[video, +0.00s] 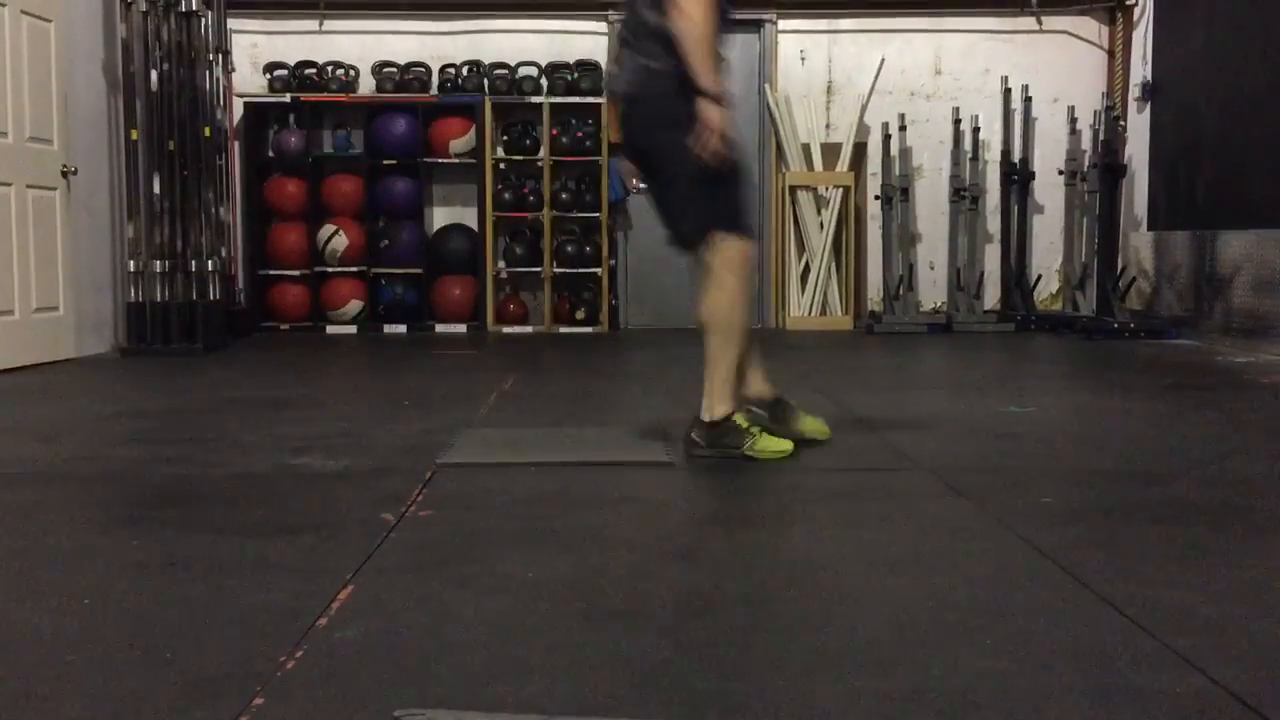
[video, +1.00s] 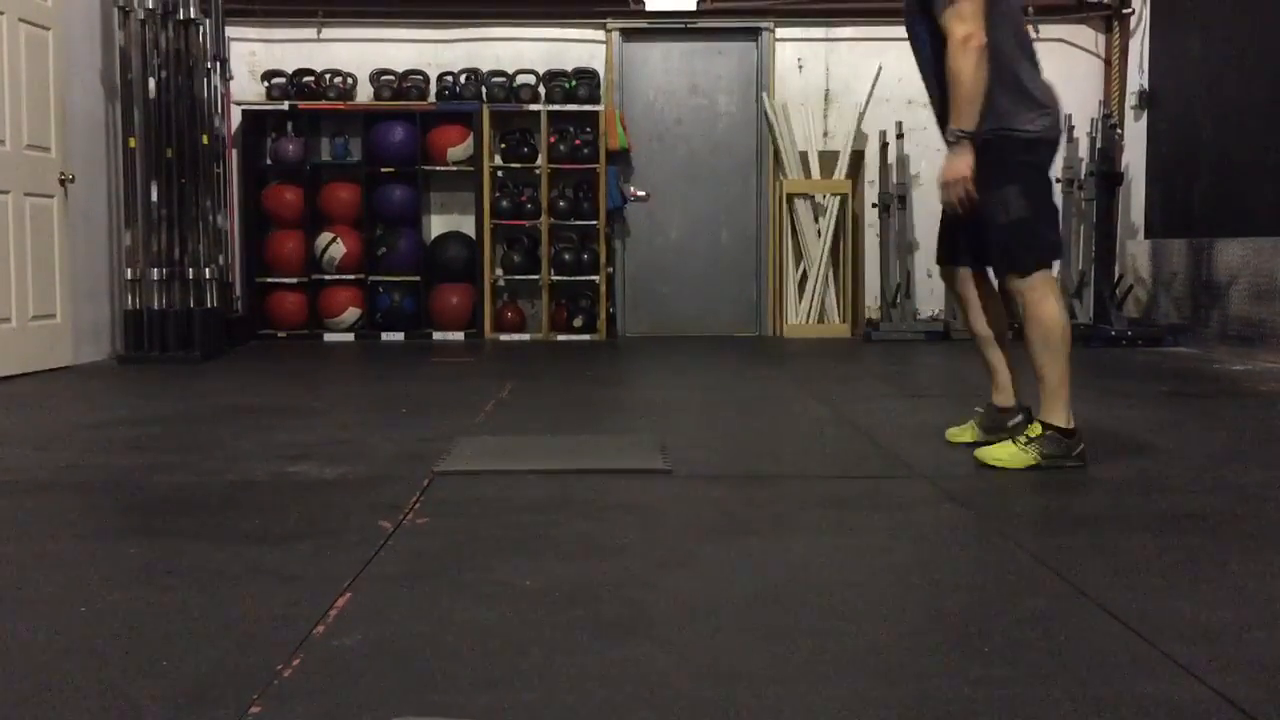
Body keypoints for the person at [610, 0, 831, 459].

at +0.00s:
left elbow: (635, 38)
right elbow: (688, 7)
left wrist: (624, 137)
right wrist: (711, 93)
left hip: (652, 100)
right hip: (674, 97)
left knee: (720, 253)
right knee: (732, 248)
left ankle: (757, 396)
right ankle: (716, 420)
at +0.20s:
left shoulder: (705, 5)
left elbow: (702, 64)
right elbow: (827, 35)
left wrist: (750, 113)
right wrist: (869, 127)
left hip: (739, 140)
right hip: (803, 128)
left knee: (795, 265)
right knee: (874, 249)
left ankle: (769, 406)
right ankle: (804, 362)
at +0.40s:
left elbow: (745, 41)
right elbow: (963, 9)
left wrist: (796, 87)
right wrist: (967, 71)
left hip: (815, 119)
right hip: (894, 114)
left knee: (804, 266)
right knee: (929, 258)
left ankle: (775, 401)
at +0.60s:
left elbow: (844, 67)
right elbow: (1023, 36)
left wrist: (809, 127)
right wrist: (1034, 115)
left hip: (892, 141)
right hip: (967, 137)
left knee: (849, 271)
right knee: (976, 276)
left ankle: (825, 407)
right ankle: (1002, 415)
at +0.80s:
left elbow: (926, 34)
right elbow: (1018, 33)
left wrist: (900, 129)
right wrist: (1010, 108)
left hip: (949, 125)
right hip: (1005, 124)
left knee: (931, 268)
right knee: (1000, 269)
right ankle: (1005, 407)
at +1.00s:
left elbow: (967, 37)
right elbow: (1016, 35)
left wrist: (960, 141)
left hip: (1012, 128)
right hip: (985, 131)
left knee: (1030, 276)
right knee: (961, 268)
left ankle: (1059, 430)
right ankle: (1004, 408)